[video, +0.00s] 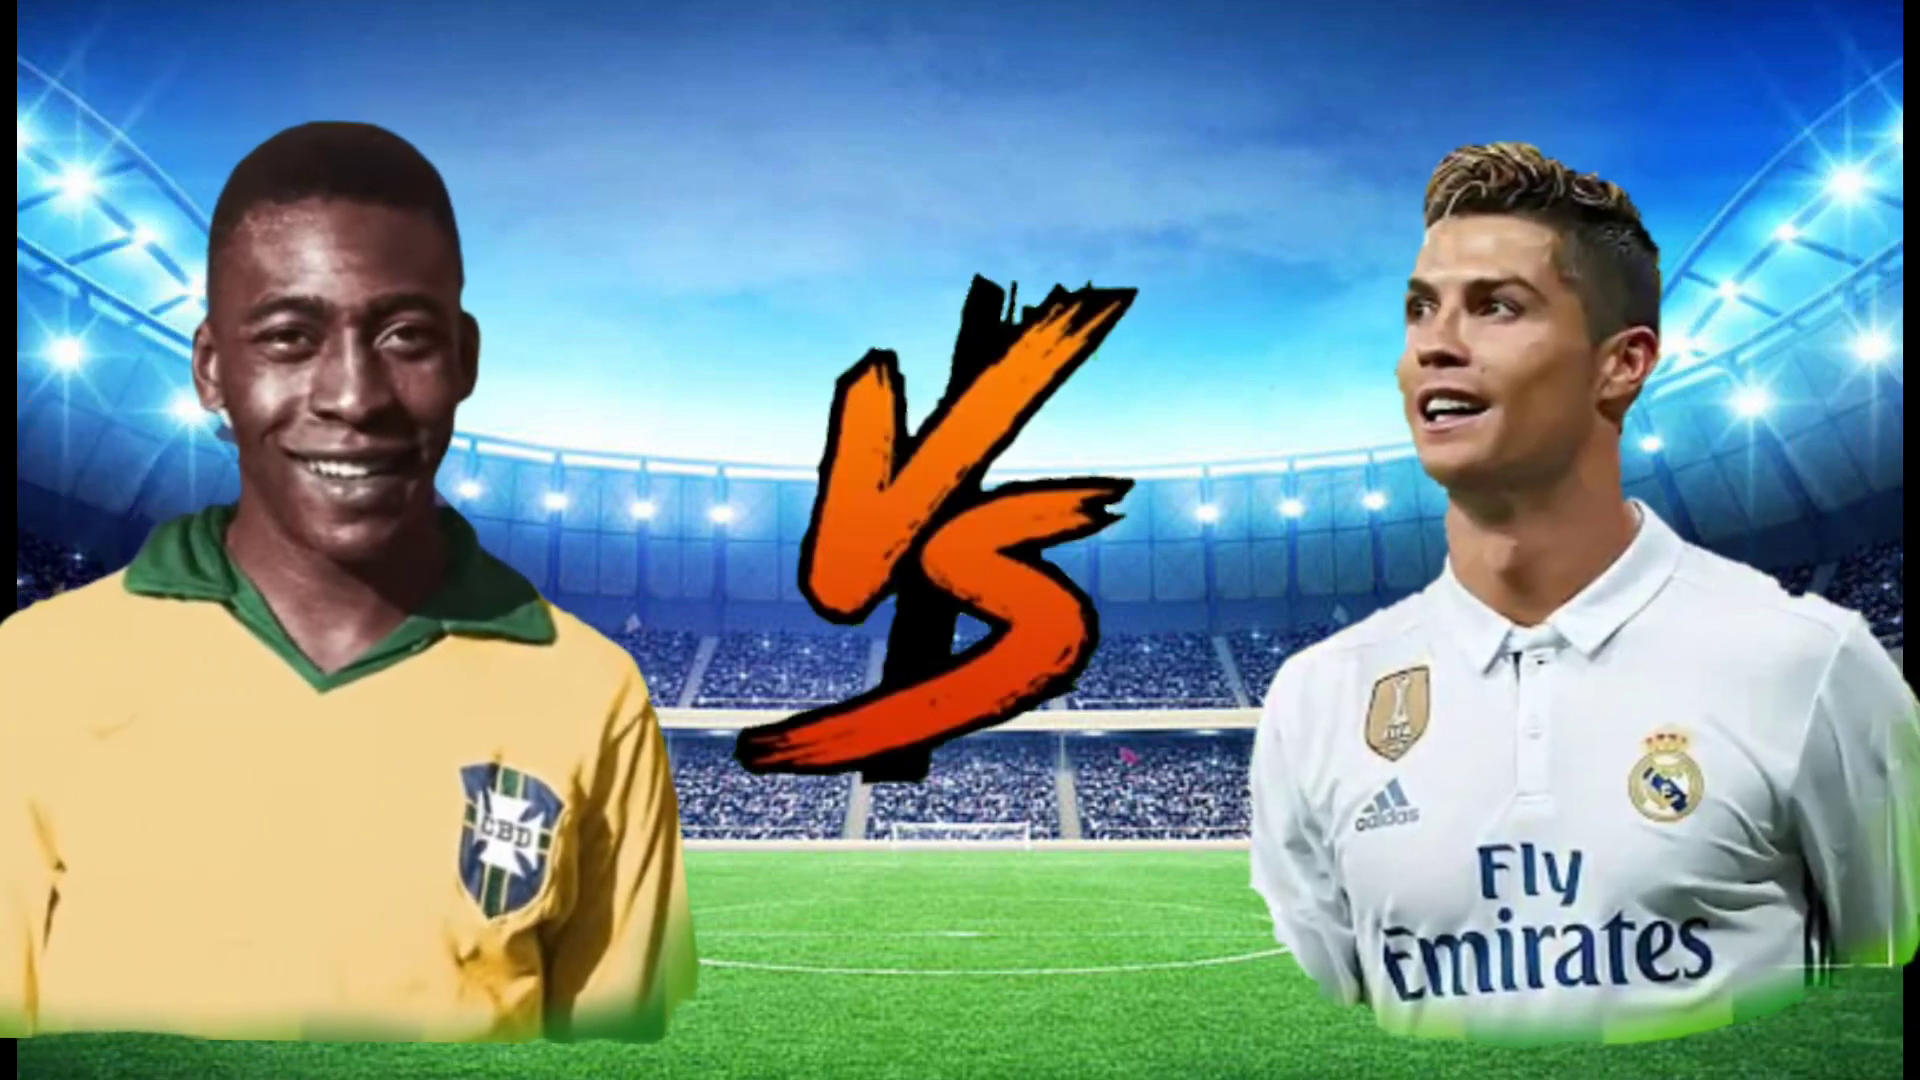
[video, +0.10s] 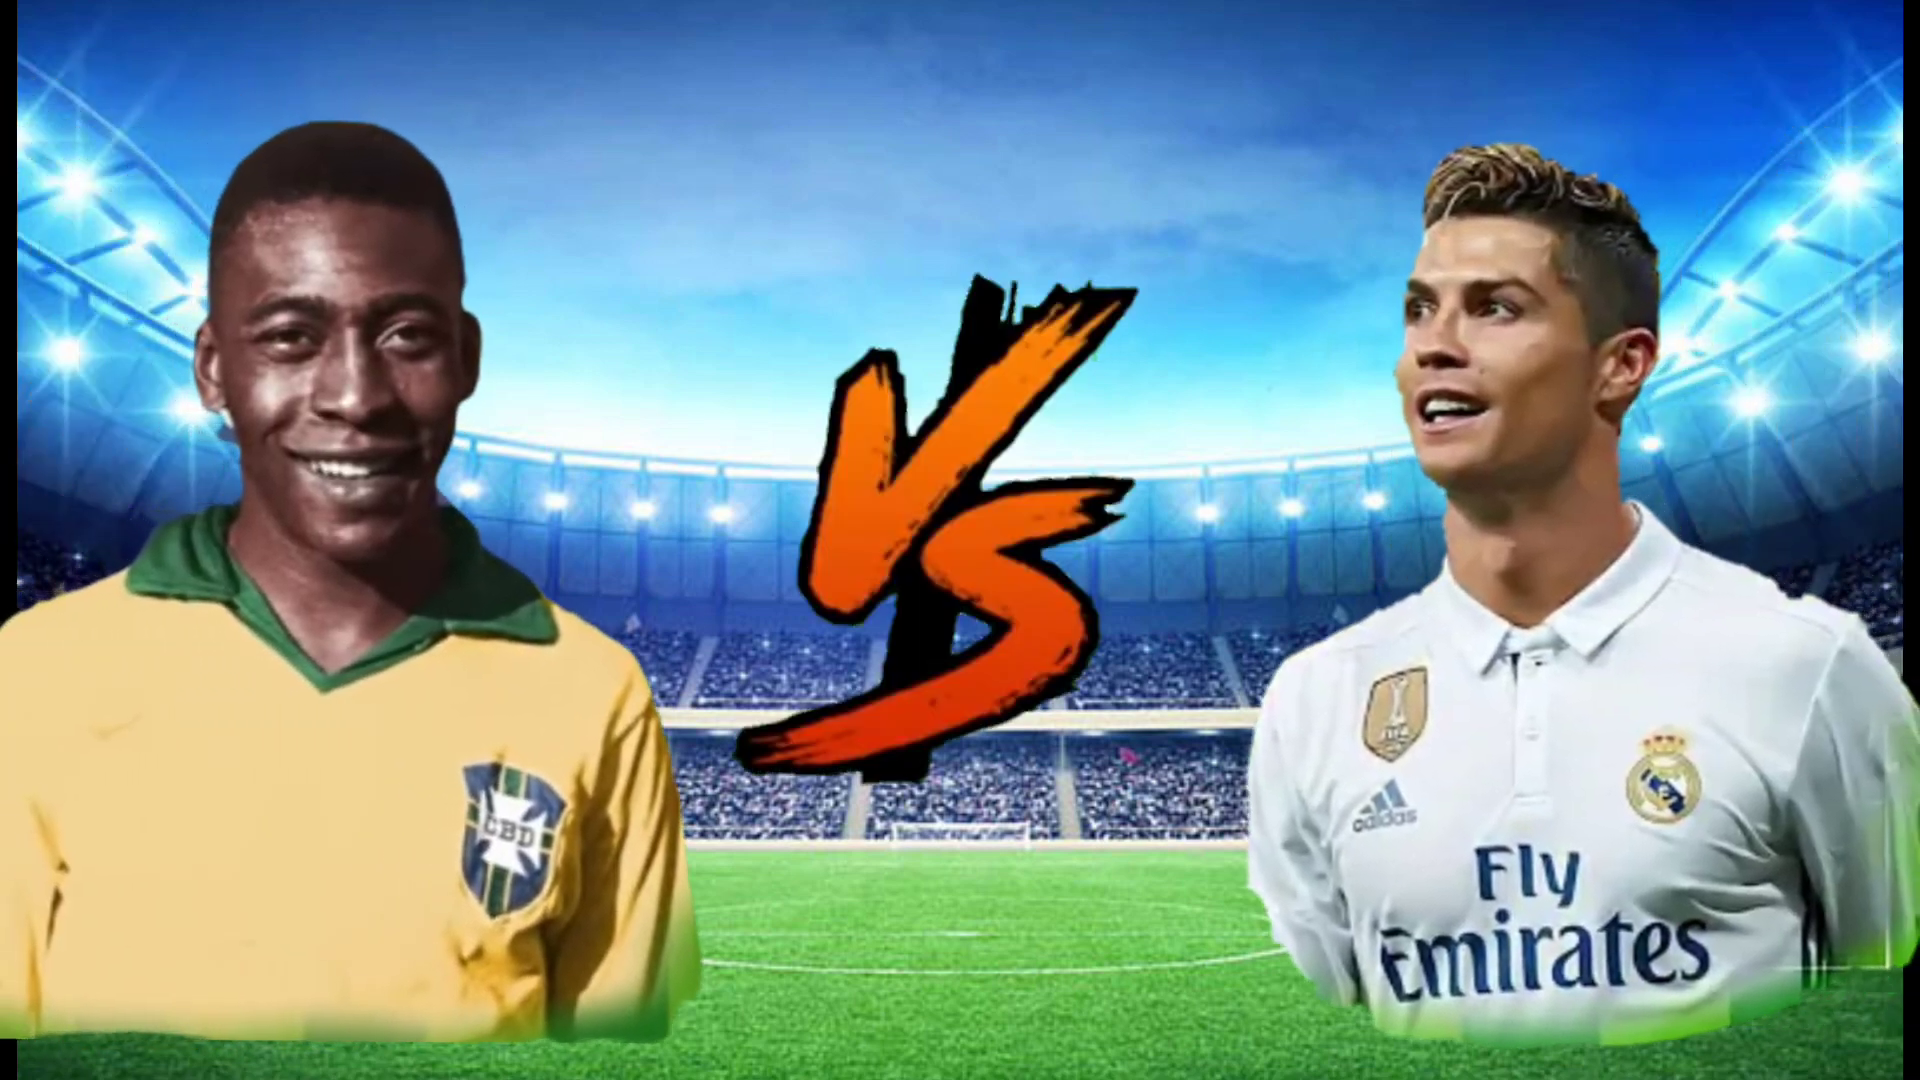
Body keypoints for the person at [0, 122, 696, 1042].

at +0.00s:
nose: (354, 397)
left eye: (405, 336)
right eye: (292, 336)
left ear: (464, 362)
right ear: (212, 372)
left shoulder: (590, 704)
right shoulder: (34, 682)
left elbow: (610, 1053)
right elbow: (16, 1022)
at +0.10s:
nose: (356, 397)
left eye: (406, 335)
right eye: (294, 336)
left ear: (466, 360)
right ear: (214, 372)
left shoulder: (593, 703)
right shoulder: (35, 683)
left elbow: (612, 1056)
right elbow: (16, 1024)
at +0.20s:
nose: (357, 397)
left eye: (408, 335)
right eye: (294, 336)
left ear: (467, 360)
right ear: (214, 372)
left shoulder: (596, 703)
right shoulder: (36, 684)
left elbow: (616, 1051)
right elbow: (16, 1023)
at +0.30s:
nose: (358, 397)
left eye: (408, 335)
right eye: (295, 337)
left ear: (468, 360)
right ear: (215, 372)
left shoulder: (598, 703)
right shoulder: (38, 685)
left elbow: (619, 1053)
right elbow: (16, 1024)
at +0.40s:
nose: (359, 397)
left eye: (409, 334)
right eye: (295, 337)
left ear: (468, 359)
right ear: (216, 372)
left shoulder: (599, 703)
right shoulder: (39, 686)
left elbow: (622, 1055)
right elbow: (17, 1025)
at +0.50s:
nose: (358, 396)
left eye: (408, 334)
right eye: (294, 337)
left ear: (467, 359)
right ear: (214, 372)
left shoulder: (599, 703)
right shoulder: (39, 686)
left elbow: (622, 1055)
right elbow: (17, 1025)